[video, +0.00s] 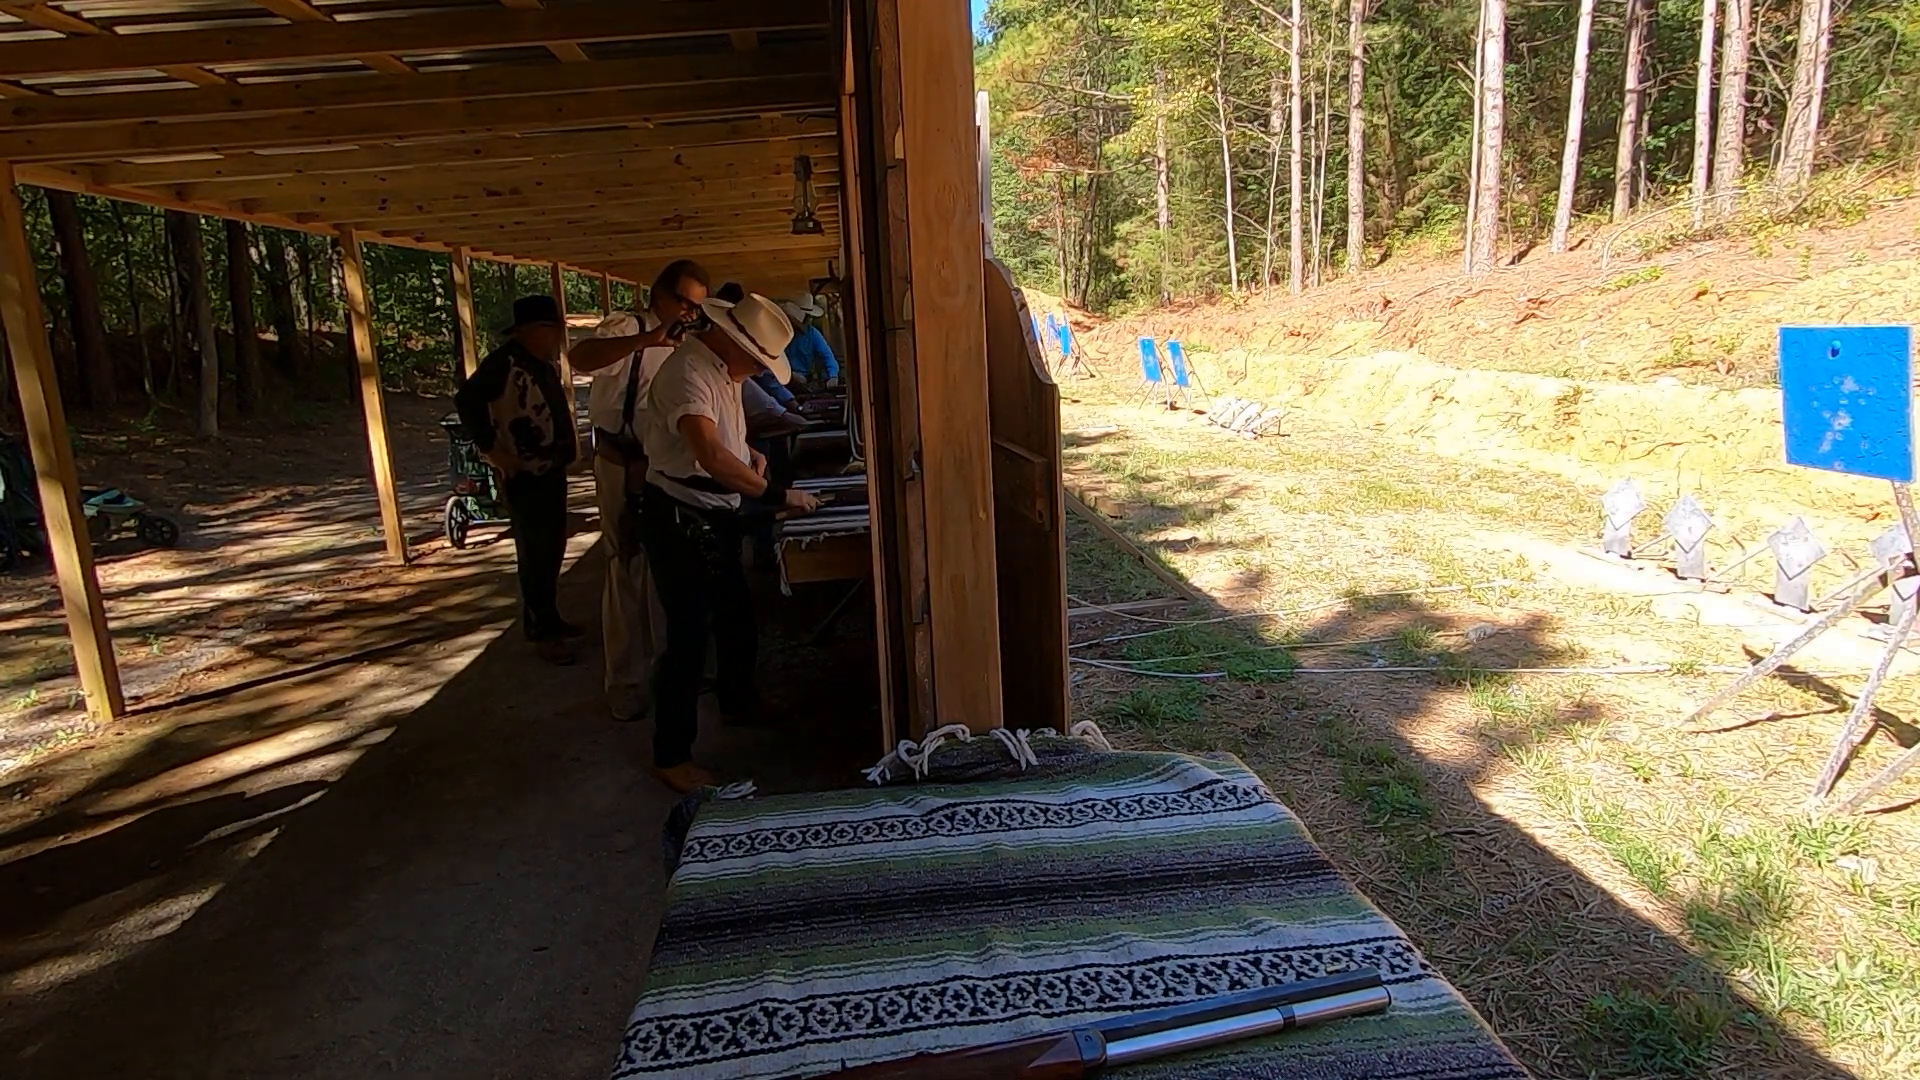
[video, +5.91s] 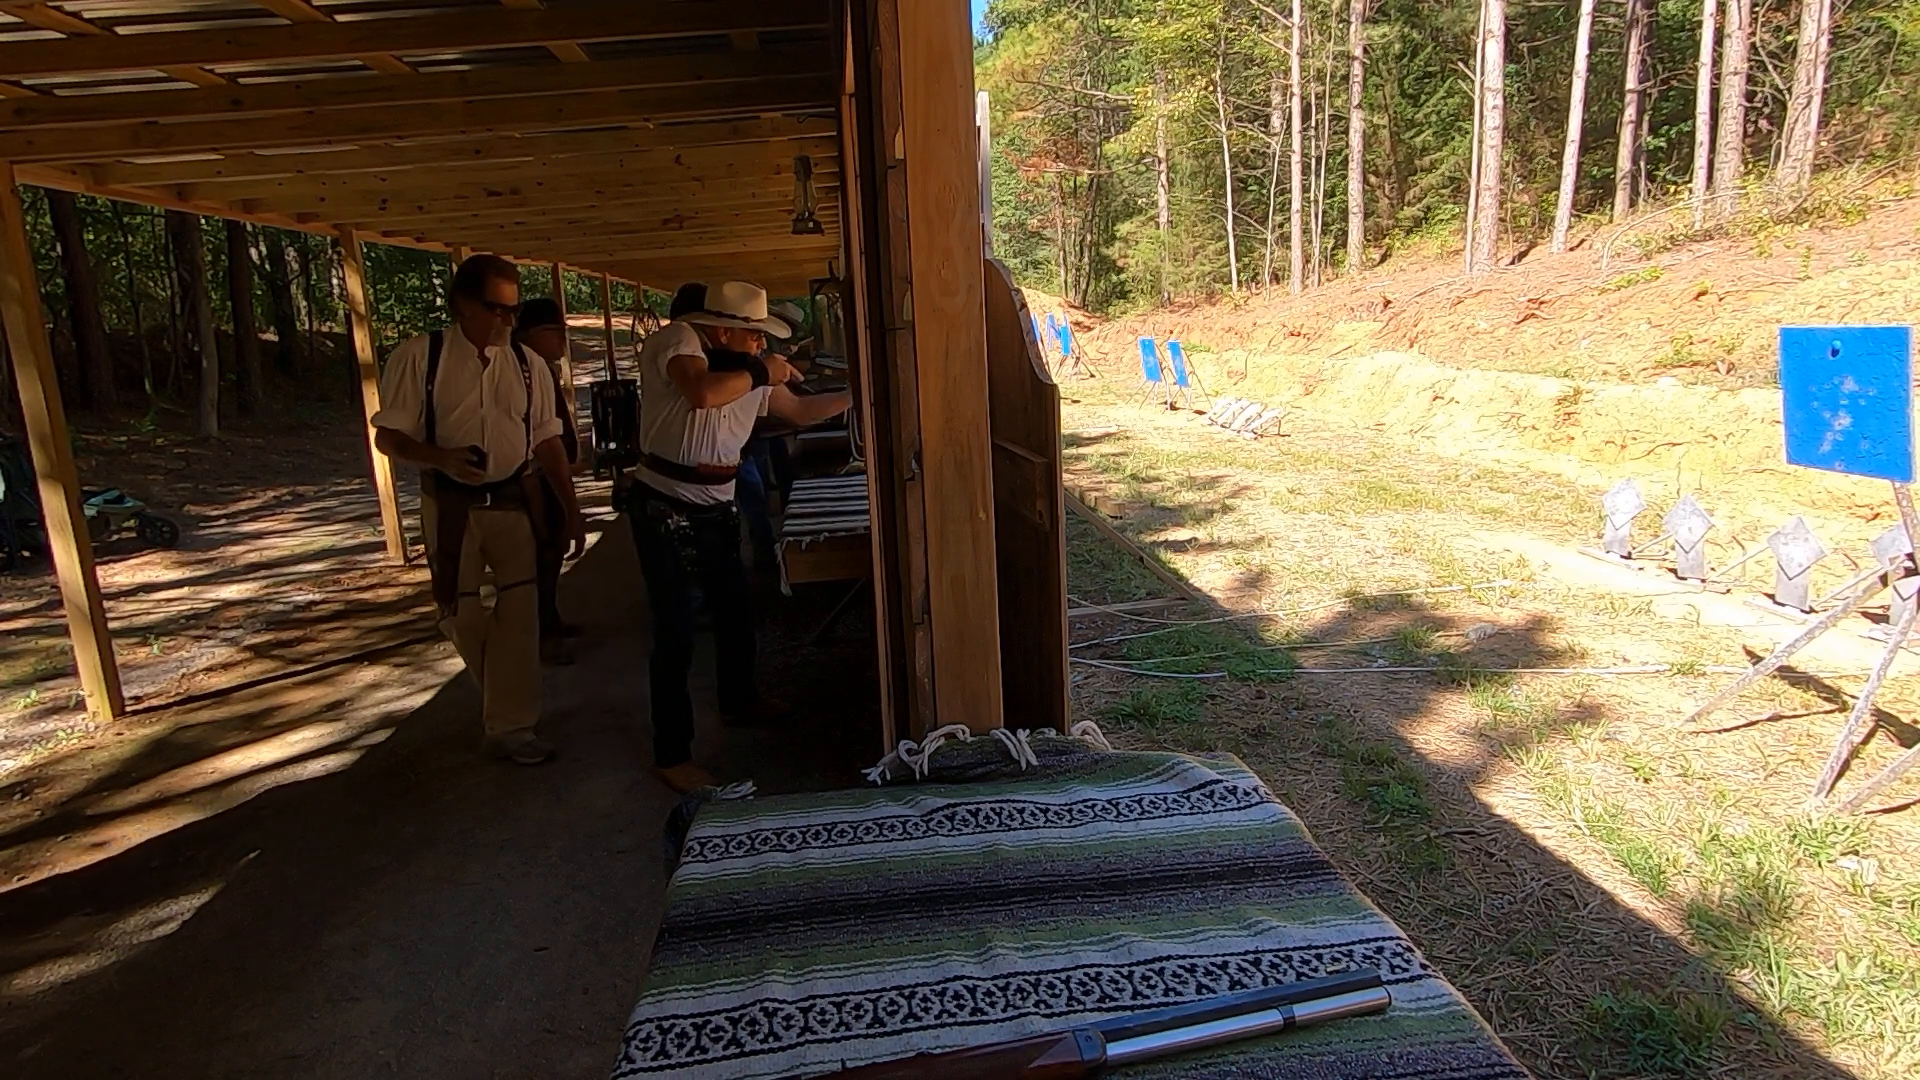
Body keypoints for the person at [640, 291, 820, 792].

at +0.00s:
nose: (756, 373)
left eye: (760, 366)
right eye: (755, 363)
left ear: (737, 343)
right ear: (733, 343)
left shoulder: (721, 372)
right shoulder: (689, 372)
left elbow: (731, 445)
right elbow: (709, 455)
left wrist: (771, 477)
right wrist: (772, 494)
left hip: (718, 512)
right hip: (678, 515)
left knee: (735, 616)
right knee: (689, 634)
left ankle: (740, 707)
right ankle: (672, 757)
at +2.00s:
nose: (755, 374)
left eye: (758, 367)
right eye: (753, 365)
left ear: (725, 350)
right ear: (727, 350)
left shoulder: (719, 378)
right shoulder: (683, 378)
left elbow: (723, 443)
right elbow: (706, 458)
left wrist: (748, 466)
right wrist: (777, 496)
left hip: (716, 515)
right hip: (673, 519)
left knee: (740, 614)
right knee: (688, 636)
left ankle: (739, 707)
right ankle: (672, 758)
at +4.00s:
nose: (758, 374)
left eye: (762, 366)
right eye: (757, 364)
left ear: (728, 348)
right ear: (730, 348)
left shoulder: (721, 377)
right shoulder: (686, 378)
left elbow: (724, 445)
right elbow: (711, 461)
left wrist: (747, 466)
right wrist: (781, 494)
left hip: (716, 516)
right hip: (673, 520)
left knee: (742, 611)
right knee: (690, 634)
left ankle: (739, 704)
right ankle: (672, 757)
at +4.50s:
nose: (757, 355)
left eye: (760, 346)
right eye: (753, 344)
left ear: (727, 335)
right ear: (725, 333)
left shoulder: (717, 362)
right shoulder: (686, 353)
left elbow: (722, 424)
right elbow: (724, 409)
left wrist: (751, 450)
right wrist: (786, 423)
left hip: (717, 512)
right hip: (672, 513)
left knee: (737, 613)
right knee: (689, 632)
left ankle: (740, 706)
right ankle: (673, 756)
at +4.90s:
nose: (750, 333)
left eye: (750, 324)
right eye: (743, 325)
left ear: (722, 324)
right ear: (712, 323)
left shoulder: (730, 359)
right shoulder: (669, 343)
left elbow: (757, 415)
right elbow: (702, 390)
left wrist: (784, 383)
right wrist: (755, 370)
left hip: (724, 508)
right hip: (674, 510)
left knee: (734, 615)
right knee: (682, 632)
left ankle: (739, 707)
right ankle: (672, 756)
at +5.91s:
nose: (759, 343)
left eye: (760, 335)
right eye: (752, 334)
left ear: (748, 333)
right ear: (720, 329)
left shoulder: (747, 368)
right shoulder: (677, 337)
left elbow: (799, 410)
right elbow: (703, 392)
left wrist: (857, 395)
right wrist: (765, 371)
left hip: (718, 509)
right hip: (663, 507)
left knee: (735, 614)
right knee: (675, 631)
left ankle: (740, 708)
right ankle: (672, 757)